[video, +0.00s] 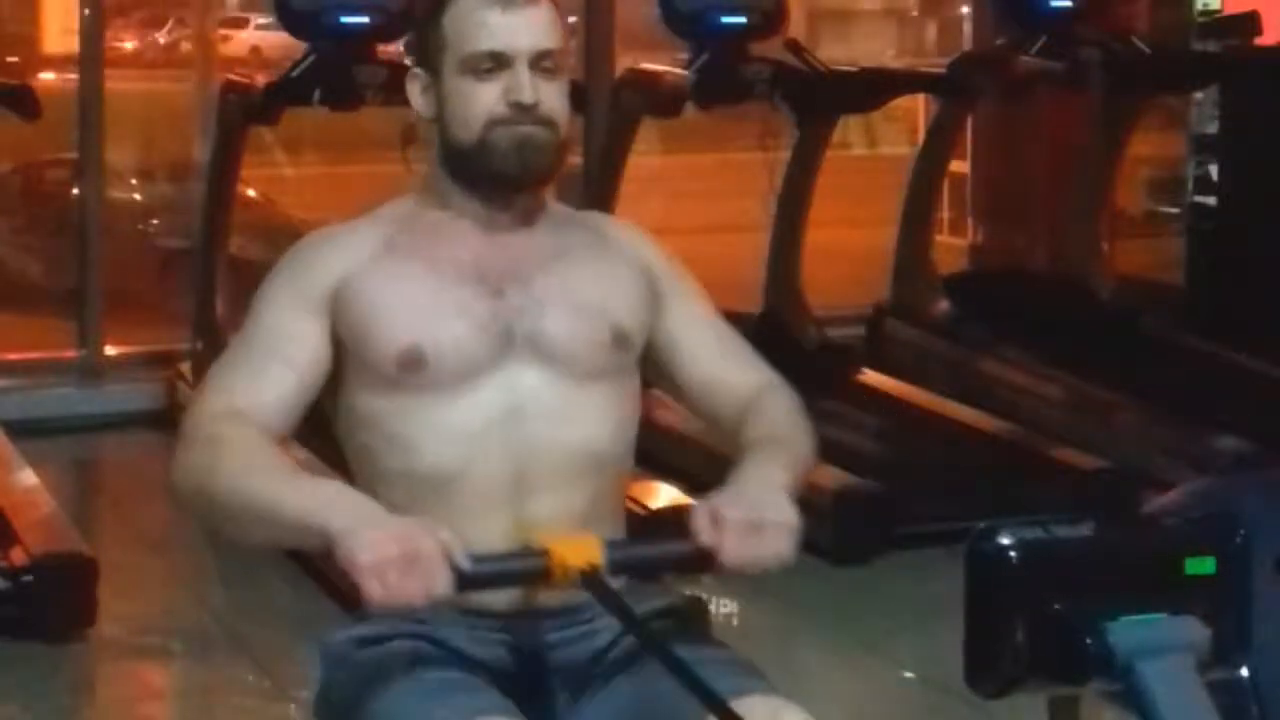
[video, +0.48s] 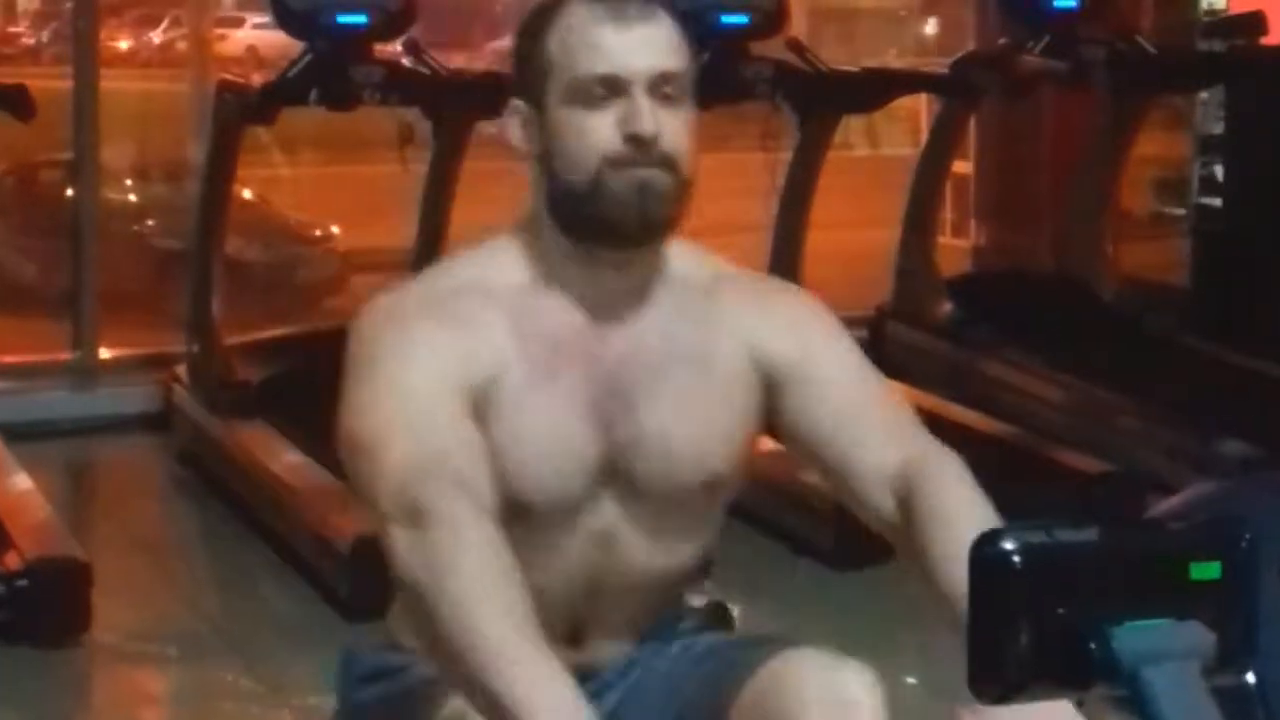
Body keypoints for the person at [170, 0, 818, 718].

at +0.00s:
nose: (524, 94)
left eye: (545, 69)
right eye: (487, 69)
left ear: (570, 89)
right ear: (421, 91)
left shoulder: (624, 257)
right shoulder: (335, 265)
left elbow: (767, 407)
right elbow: (211, 450)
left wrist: (763, 481)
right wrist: (355, 520)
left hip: (618, 617)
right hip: (425, 630)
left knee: (772, 715)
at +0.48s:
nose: (644, 126)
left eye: (668, 95)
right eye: (600, 97)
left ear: (696, 118)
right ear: (524, 129)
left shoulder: (768, 320)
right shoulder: (420, 329)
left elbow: (913, 480)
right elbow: (439, 531)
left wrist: (1036, 672)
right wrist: (560, 713)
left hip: (652, 664)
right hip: (457, 671)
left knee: (836, 694)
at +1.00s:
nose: (593, 97)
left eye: (615, 67)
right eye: (551, 69)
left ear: (647, 91)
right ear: (481, 101)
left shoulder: (725, 281)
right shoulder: (394, 285)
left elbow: (862, 440)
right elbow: (403, 483)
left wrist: (941, 597)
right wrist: (529, 651)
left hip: (655, 633)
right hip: (437, 643)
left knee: (828, 686)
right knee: (496, 710)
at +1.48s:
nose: (496, 91)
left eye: (515, 64)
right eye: (459, 67)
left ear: (537, 80)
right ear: (397, 90)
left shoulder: (584, 237)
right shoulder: (315, 251)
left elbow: (682, 386)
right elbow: (183, 431)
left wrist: (688, 468)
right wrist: (310, 500)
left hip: (606, 617)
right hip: (414, 631)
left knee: (711, 705)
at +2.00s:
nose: (588, 97)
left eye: (609, 68)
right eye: (545, 70)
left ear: (636, 90)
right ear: (474, 99)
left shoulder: (701, 278)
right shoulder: (382, 287)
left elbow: (853, 417)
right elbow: (336, 473)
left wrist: (909, 554)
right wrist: (480, 625)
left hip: (646, 645)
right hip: (434, 653)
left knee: (855, 681)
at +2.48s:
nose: (709, 174)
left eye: (731, 142)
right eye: (660, 146)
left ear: (761, 165)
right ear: (579, 180)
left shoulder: (834, 372)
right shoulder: (466, 382)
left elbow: (1008, 561)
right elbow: (528, 593)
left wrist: (1097, 692)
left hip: (689, 676)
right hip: (475, 682)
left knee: (856, 668)